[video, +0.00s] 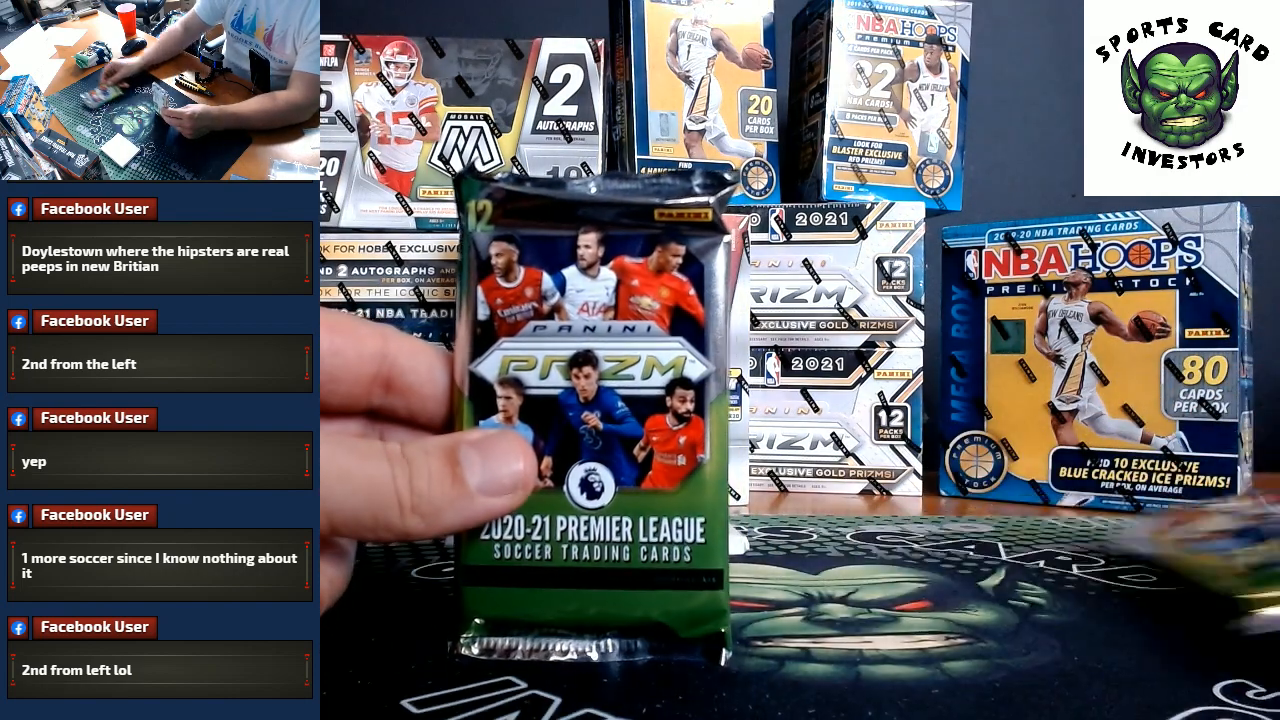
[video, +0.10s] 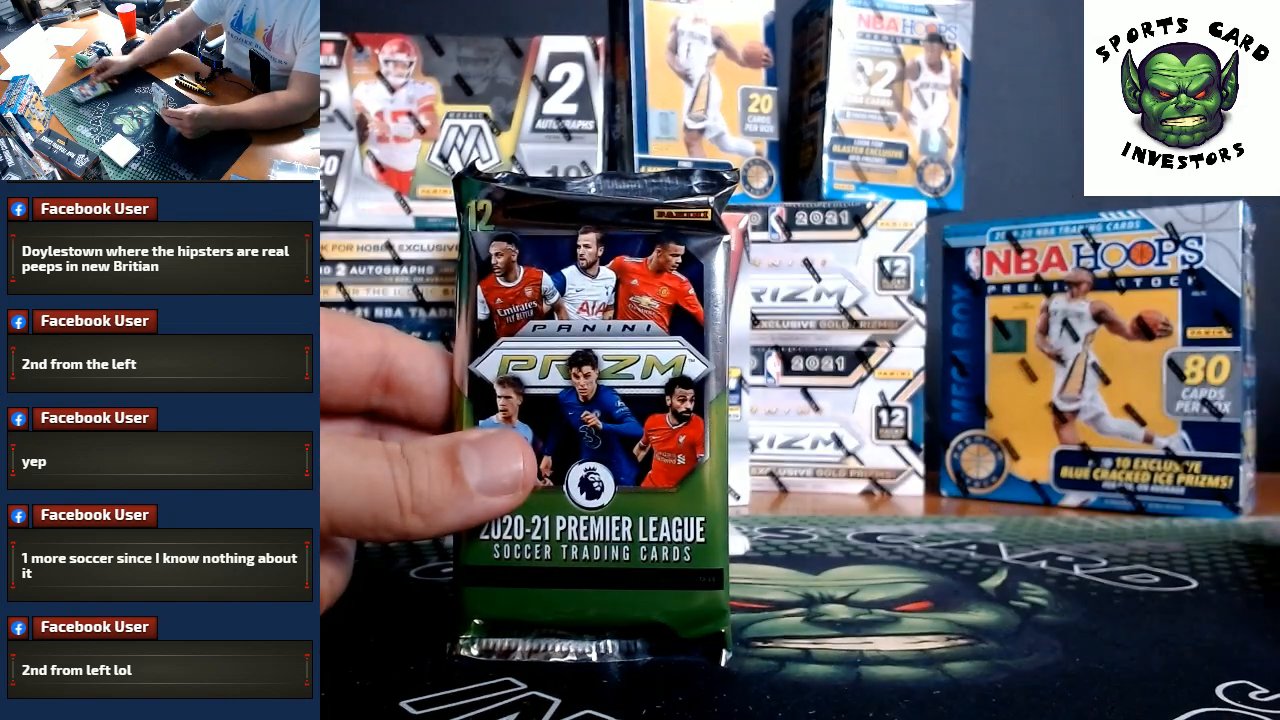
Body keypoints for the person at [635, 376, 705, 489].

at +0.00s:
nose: (688, 407)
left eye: (692, 401)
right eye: (682, 401)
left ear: (695, 402)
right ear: (668, 402)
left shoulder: (698, 426)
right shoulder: (653, 423)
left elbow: (703, 461)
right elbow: (643, 446)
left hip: (681, 492)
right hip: (652, 489)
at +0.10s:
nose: (688, 406)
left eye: (692, 400)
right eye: (682, 400)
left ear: (694, 401)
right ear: (668, 401)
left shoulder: (698, 427)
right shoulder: (653, 422)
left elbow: (704, 463)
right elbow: (642, 447)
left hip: (680, 494)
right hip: (651, 489)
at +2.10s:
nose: (696, 407)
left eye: (699, 401)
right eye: (689, 401)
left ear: (702, 401)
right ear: (676, 402)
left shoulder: (706, 428)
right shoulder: (660, 423)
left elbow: (712, 466)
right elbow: (650, 448)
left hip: (689, 494)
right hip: (659, 489)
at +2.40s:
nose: (696, 408)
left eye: (699, 402)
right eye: (689, 402)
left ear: (701, 402)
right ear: (675, 403)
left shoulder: (706, 429)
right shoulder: (660, 425)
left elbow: (711, 466)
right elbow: (650, 449)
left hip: (689, 494)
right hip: (659, 490)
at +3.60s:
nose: (694, 405)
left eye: (697, 400)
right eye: (687, 400)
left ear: (700, 400)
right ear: (674, 400)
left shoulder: (704, 426)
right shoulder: (659, 422)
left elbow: (709, 461)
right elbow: (648, 446)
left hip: (687, 491)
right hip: (658, 487)